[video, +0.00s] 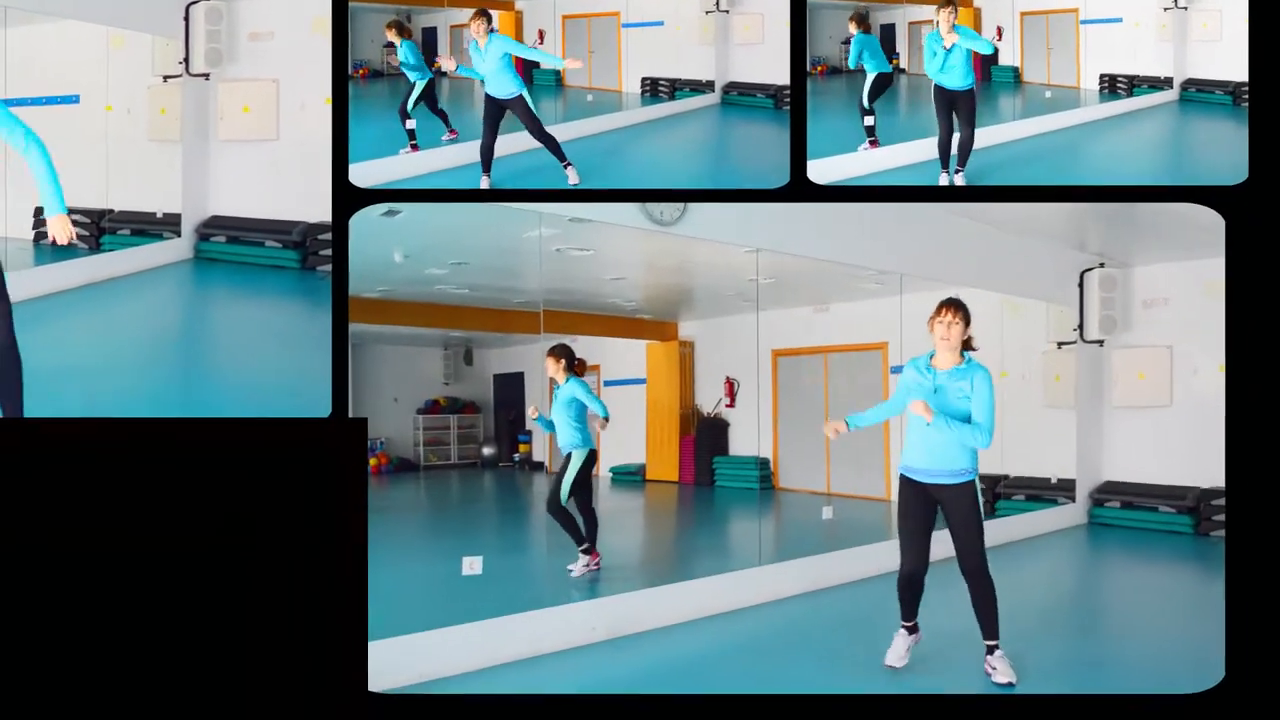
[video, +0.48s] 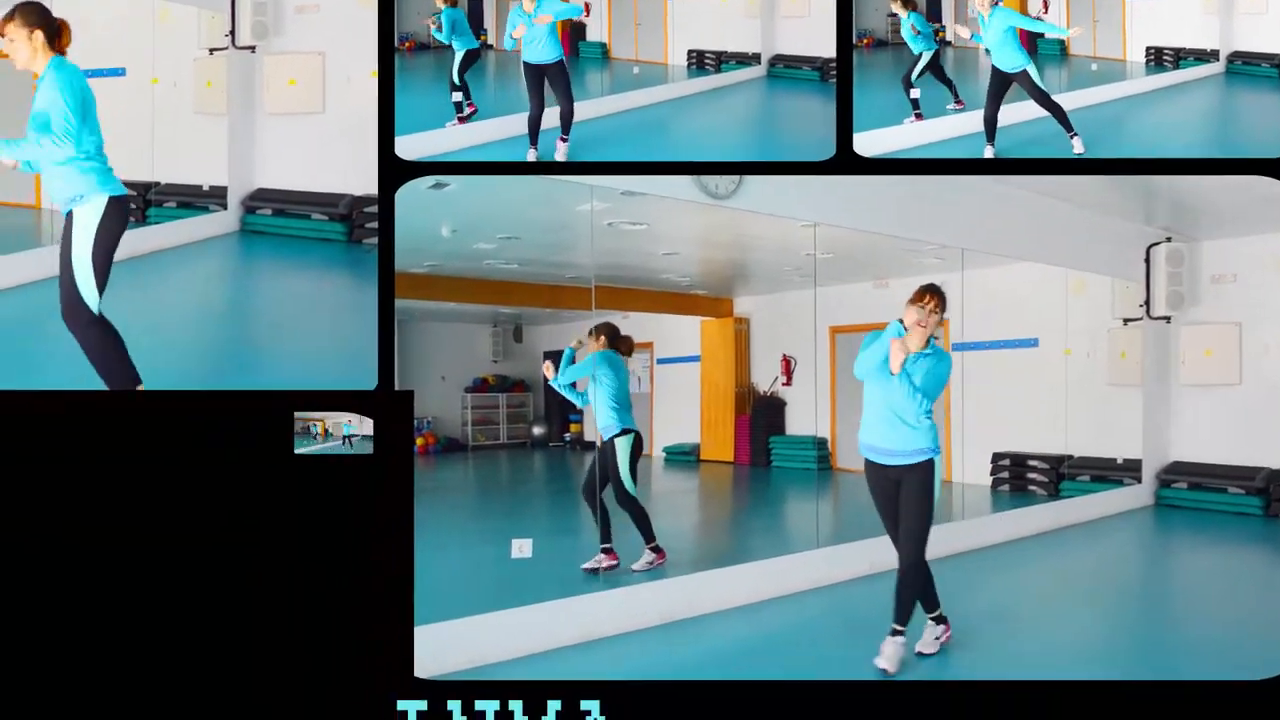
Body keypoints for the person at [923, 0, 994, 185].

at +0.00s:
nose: (948, 16)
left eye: (952, 13)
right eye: (944, 13)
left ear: (956, 16)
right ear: (938, 15)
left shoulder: (964, 32)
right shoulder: (931, 37)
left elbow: (989, 49)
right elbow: (931, 71)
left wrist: (959, 40)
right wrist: (943, 49)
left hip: (965, 89)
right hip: (942, 89)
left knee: (968, 132)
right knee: (946, 132)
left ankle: (959, 172)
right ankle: (944, 172)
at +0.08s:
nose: (945, 19)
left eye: (949, 15)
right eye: (941, 15)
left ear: (954, 19)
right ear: (935, 18)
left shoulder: (962, 34)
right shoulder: (929, 40)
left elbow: (990, 49)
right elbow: (926, 73)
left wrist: (960, 47)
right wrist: (939, 54)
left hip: (967, 87)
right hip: (943, 88)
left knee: (979, 126)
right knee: (948, 131)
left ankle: (971, 168)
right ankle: (946, 172)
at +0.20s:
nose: (942, 20)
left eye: (946, 17)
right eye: (939, 16)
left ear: (952, 19)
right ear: (933, 17)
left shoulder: (961, 33)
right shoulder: (927, 38)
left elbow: (990, 45)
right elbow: (922, 65)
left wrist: (983, 59)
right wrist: (918, 64)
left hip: (970, 85)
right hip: (946, 87)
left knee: (990, 125)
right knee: (949, 130)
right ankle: (946, 172)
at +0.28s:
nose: (944, 18)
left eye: (948, 15)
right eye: (941, 13)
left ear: (953, 17)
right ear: (935, 14)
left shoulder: (962, 31)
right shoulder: (930, 36)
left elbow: (990, 41)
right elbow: (933, 60)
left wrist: (1010, 51)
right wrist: (915, 59)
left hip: (975, 83)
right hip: (952, 86)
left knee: (997, 124)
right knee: (953, 129)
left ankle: (1025, 160)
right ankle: (950, 170)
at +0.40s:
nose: (960, 11)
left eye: (964, 7)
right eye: (957, 7)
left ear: (971, 9)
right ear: (953, 10)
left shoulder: (980, 24)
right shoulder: (956, 26)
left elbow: (1012, 34)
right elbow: (965, 48)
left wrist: (1044, 42)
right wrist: (944, 46)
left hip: (997, 77)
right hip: (976, 79)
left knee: (1022, 113)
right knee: (969, 120)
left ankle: (1051, 148)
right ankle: (968, 158)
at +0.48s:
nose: (980, 2)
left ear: (992, 1)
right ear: (974, 3)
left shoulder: (1004, 14)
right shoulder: (981, 18)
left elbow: (1033, 25)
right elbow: (988, 42)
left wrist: (1064, 32)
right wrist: (970, 36)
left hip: (1021, 68)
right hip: (999, 69)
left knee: (1044, 101)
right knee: (990, 110)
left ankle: (1074, 136)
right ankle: (989, 147)